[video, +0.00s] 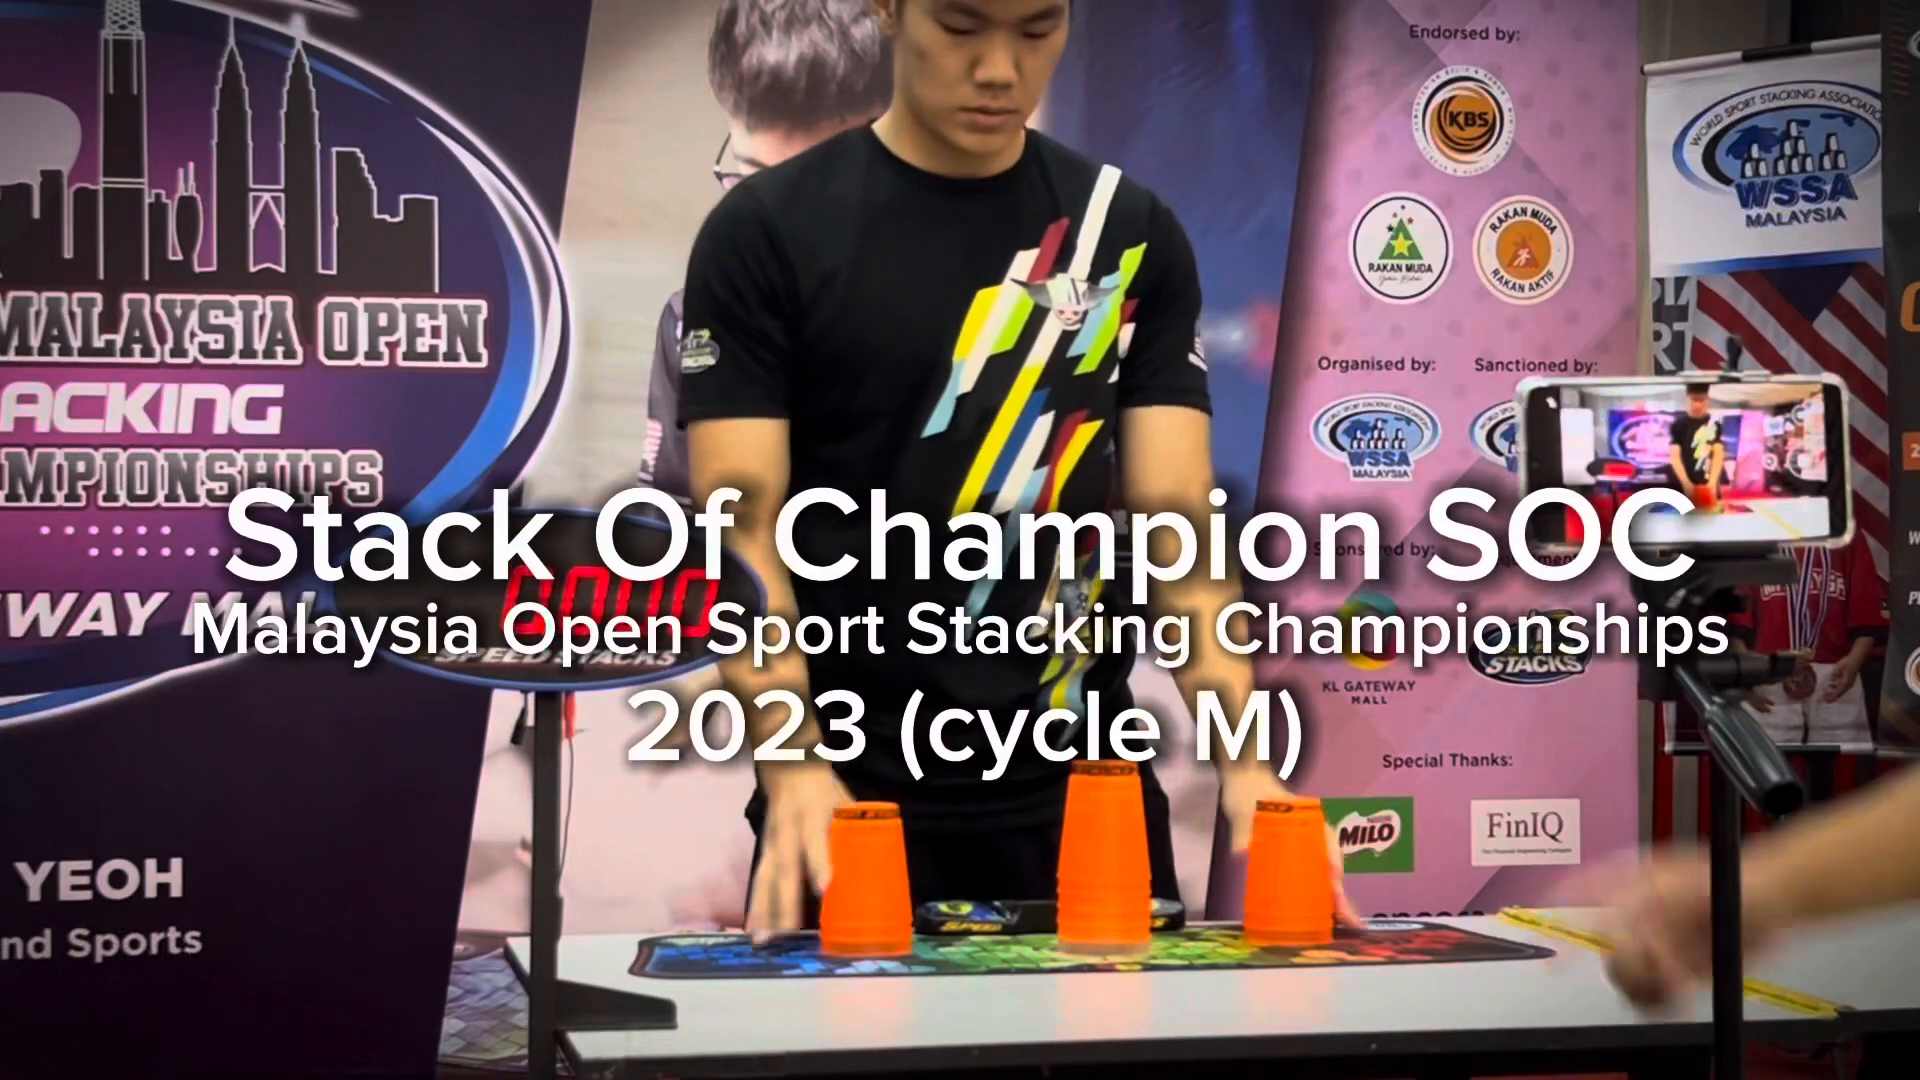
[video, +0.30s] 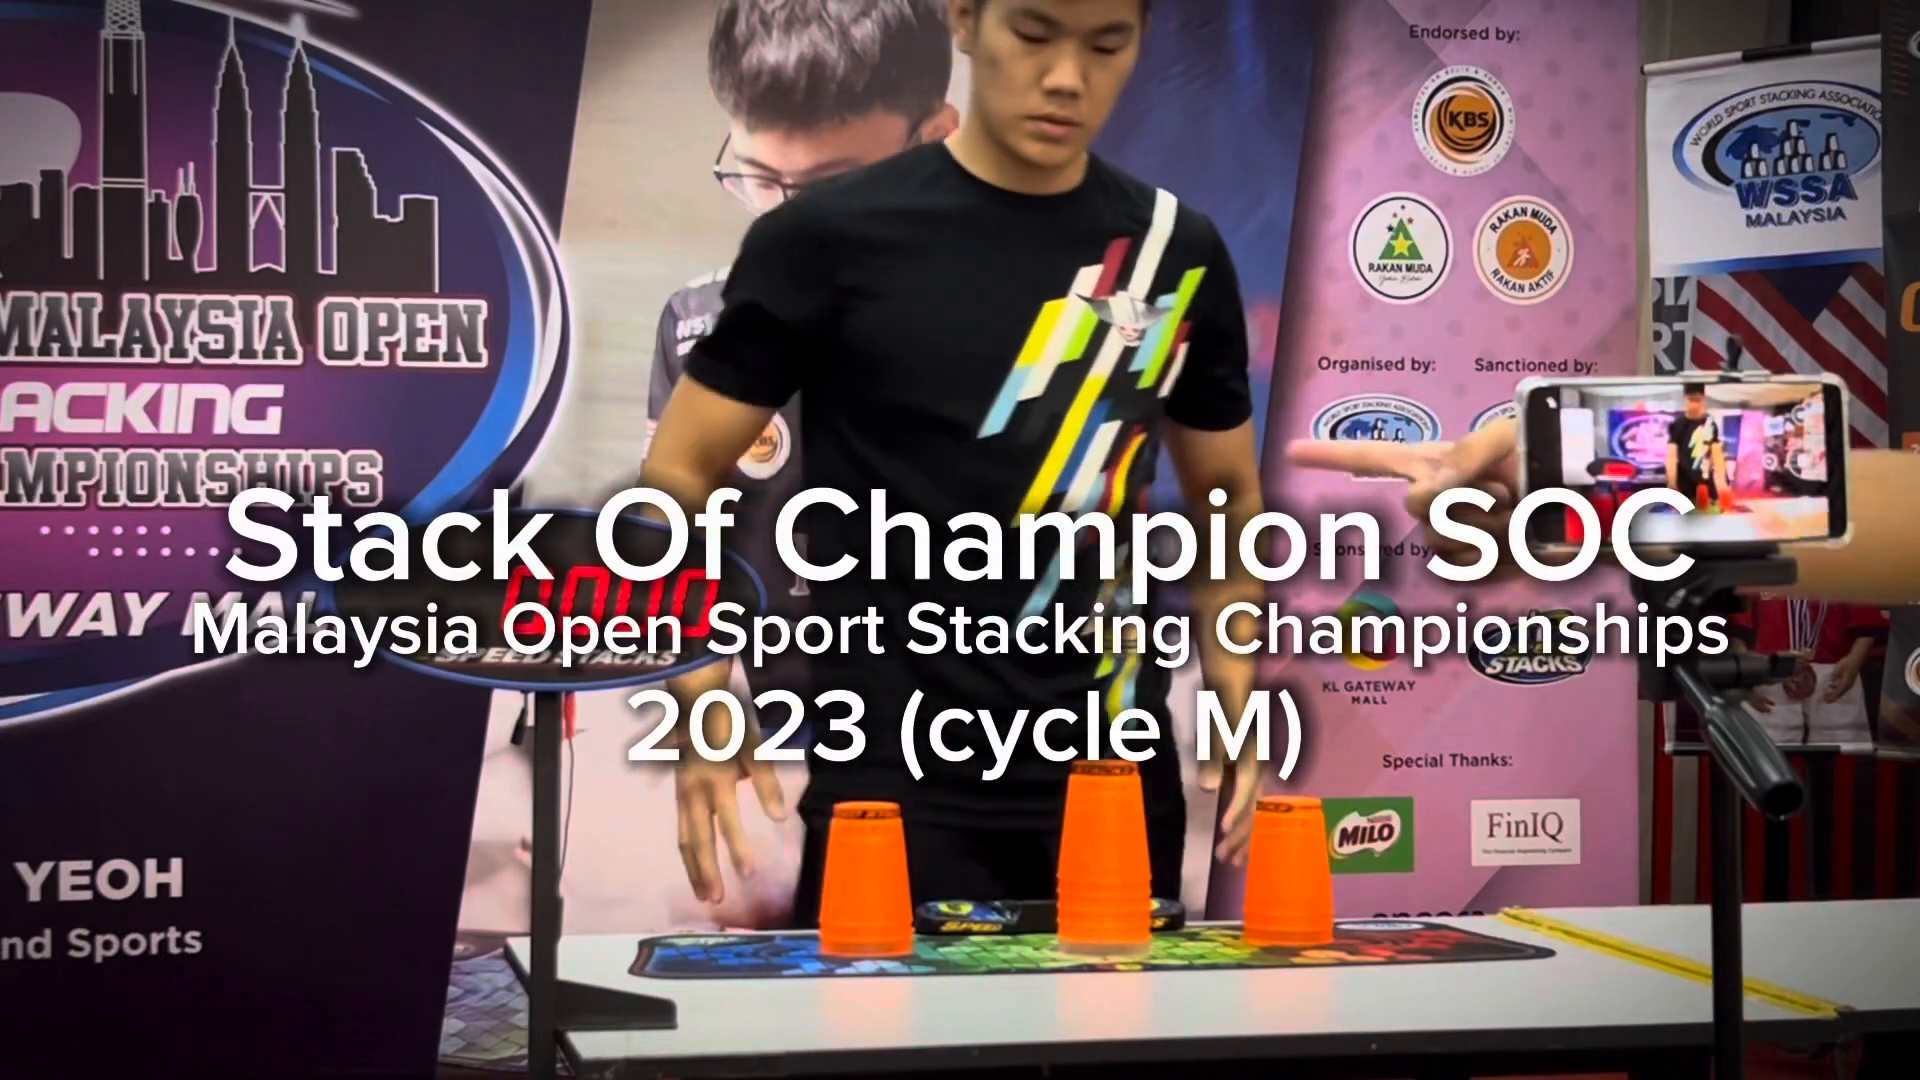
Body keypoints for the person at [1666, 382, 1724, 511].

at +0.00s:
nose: (1698, 405)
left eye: (1701, 400)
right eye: (1694, 400)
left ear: (1707, 400)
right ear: (1688, 400)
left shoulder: (1713, 424)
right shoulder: (1679, 425)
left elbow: (1717, 455)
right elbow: (1675, 458)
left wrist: (1712, 484)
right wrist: (1687, 485)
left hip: (1708, 487)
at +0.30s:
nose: (1694, 405)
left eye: (1698, 401)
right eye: (1691, 400)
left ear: (1704, 400)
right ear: (1685, 400)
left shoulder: (1710, 424)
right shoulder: (1677, 425)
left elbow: (1717, 456)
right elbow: (1672, 458)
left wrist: (1721, 485)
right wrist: (1672, 488)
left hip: (1705, 482)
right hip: (1684, 483)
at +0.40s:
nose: (1696, 405)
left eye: (1700, 401)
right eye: (1693, 400)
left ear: (1706, 401)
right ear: (1688, 401)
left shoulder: (1712, 425)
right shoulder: (1679, 425)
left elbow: (1719, 454)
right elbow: (1671, 456)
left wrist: (1721, 482)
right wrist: (1671, 486)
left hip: (1706, 476)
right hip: (1685, 476)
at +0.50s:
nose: (1700, 406)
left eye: (1704, 402)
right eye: (1697, 401)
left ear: (1710, 402)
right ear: (1692, 402)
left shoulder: (1716, 427)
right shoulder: (1682, 425)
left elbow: (1720, 454)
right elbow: (1672, 453)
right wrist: (1671, 478)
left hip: (1708, 476)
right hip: (1685, 476)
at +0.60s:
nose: (1706, 408)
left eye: (1709, 404)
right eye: (1702, 403)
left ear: (1714, 404)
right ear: (1697, 403)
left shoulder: (1719, 428)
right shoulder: (1685, 427)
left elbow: (1725, 454)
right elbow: (1674, 450)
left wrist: (1725, 478)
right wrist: (1675, 472)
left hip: (1711, 477)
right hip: (1689, 477)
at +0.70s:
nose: (1711, 410)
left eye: (1715, 406)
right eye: (1708, 405)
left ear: (1719, 407)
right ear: (1702, 405)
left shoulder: (1722, 430)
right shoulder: (1689, 429)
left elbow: (1726, 457)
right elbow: (1684, 458)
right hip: (1694, 485)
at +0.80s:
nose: (1714, 410)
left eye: (1718, 406)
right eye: (1711, 405)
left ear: (1721, 408)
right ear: (1705, 405)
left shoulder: (1725, 429)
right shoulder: (1693, 428)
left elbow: (1728, 457)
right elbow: (1688, 458)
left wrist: (1729, 482)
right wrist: (1685, 484)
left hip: (1719, 484)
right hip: (1697, 482)